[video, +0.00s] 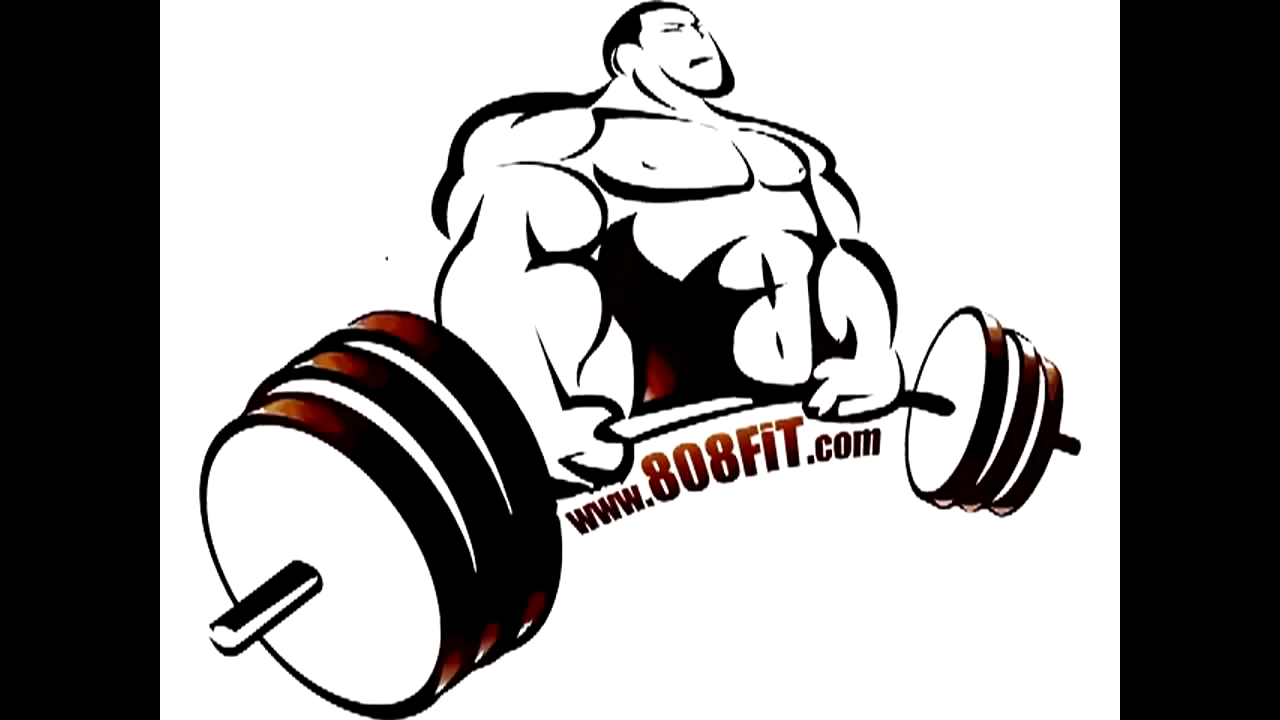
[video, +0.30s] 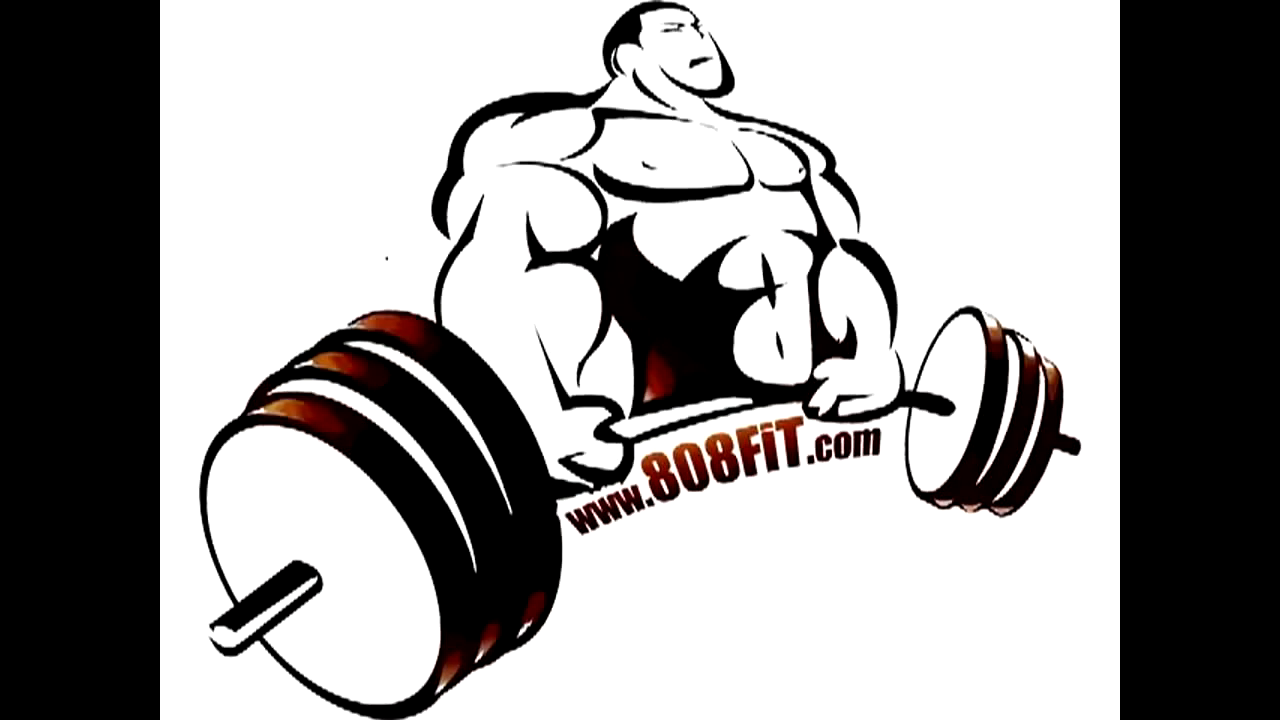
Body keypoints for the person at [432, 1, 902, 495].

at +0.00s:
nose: (702, 40)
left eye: (701, 28)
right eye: (675, 30)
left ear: (713, 45)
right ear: (628, 59)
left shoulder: (776, 145)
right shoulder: (593, 127)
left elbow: (850, 250)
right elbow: (487, 155)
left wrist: (878, 358)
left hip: (747, 331)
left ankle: (870, 369)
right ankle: (577, 429)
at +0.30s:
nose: (702, 40)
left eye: (701, 28)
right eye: (675, 30)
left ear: (713, 45)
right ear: (628, 59)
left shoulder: (775, 145)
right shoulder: (593, 126)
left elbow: (850, 250)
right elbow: (487, 155)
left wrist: (878, 358)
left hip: (747, 330)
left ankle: (870, 369)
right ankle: (577, 429)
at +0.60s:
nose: (702, 40)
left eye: (701, 28)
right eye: (675, 30)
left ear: (713, 45)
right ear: (628, 59)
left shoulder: (775, 145)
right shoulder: (593, 126)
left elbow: (850, 250)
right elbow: (487, 155)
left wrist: (878, 358)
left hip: (747, 330)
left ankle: (870, 369)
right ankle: (577, 429)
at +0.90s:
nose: (702, 40)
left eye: (701, 28)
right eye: (675, 30)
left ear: (713, 45)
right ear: (628, 59)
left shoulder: (775, 145)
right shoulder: (593, 126)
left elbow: (850, 250)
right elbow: (487, 155)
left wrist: (878, 358)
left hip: (747, 330)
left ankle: (870, 369)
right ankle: (577, 429)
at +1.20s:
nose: (702, 40)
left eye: (701, 28)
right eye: (675, 30)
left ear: (713, 45)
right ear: (628, 59)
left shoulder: (775, 145)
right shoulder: (593, 126)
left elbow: (850, 250)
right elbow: (487, 155)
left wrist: (878, 358)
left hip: (747, 330)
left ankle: (870, 369)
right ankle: (577, 429)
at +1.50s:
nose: (702, 40)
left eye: (701, 28)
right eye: (676, 30)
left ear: (712, 45)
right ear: (628, 59)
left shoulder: (775, 145)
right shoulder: (594, 126)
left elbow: (850, 249)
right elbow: (487, 154)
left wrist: (877, 358)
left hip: (747, 330)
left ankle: (869, 369)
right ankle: (578, 428)